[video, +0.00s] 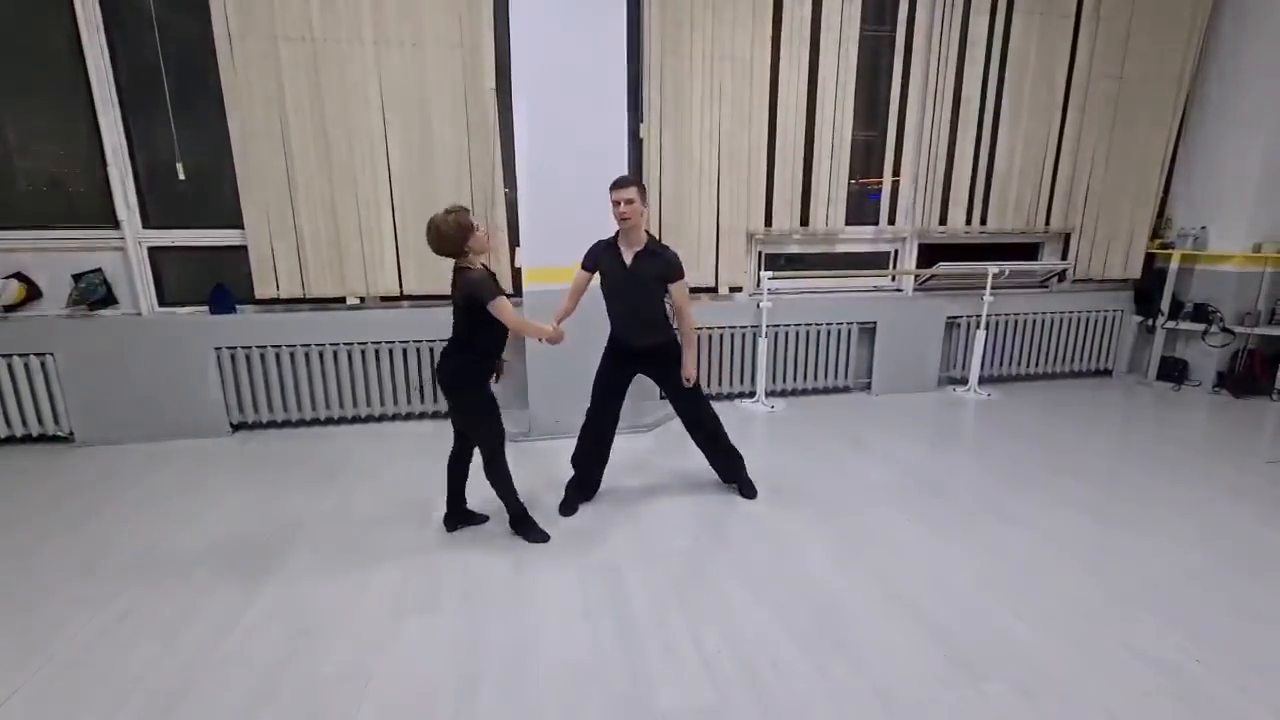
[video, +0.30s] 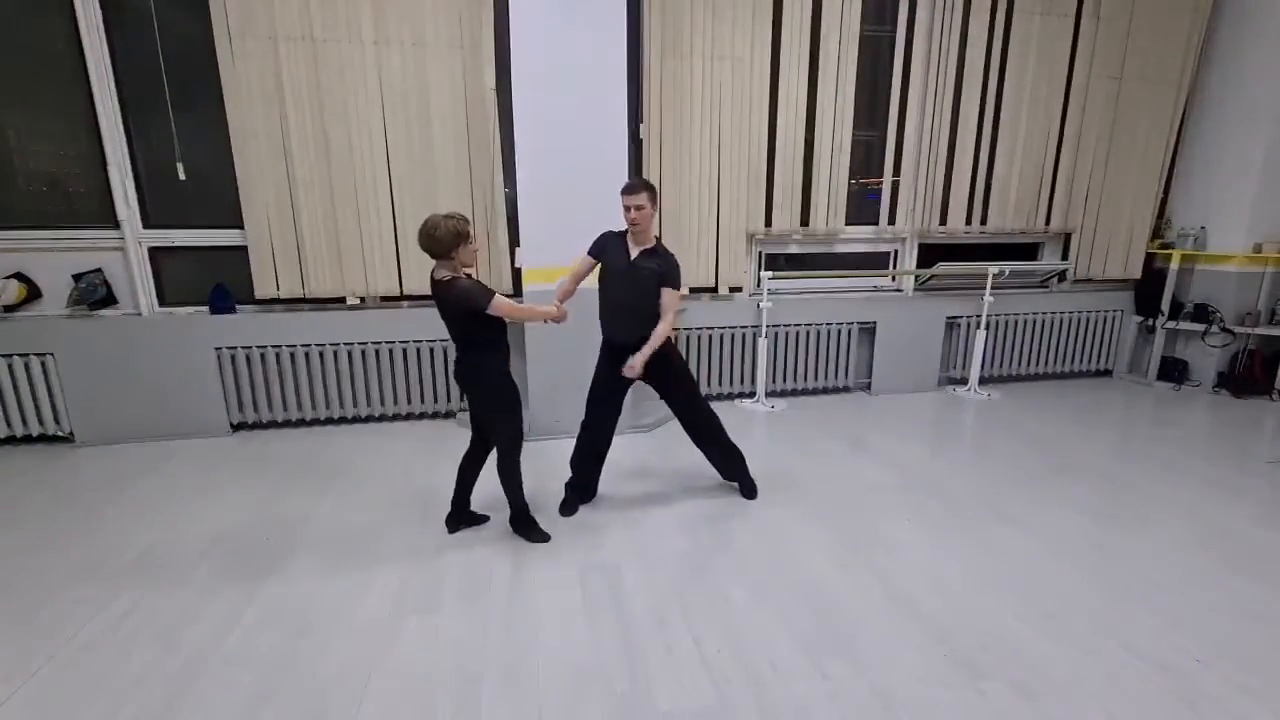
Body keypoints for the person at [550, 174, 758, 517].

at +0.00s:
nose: (622, 209)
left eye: (629, 202)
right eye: (616, 204)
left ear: (644, 207)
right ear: (612, 209)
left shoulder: (664, 257)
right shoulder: (600, 253)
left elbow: (683, 312)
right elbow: (573, 298)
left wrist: (690, 359)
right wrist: (555, 323)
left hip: (662, 349)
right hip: (620, 350)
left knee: (696, 411)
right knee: (599, 415)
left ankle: (735, 473)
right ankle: (580, 486)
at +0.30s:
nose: (631, 215)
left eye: (639, 208)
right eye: (626, 208)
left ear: (655, 209)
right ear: (621, 210)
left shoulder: (665, 262)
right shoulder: (608, 243)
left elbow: (668, 318)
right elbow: (575, 277)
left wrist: (642, 356)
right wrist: (560, 298)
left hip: (656, 349)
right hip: (615, 350)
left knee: (694, 412)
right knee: (596, 422)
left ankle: (738, 471)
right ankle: (578, 489)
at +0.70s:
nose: (654, 221)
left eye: (660, 214)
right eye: (647, 215)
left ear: (671, 218)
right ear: (638, 220)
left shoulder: (693, 264)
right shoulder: (627, 257)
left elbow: (711, 307)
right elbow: (574, 262)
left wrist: (681, 336)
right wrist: (556, 294)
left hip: (664, 359)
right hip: (624, 354)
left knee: (693, 429)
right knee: (589, 419)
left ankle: (690, 479)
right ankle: (568, 490)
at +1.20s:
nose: (630, 220)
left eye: (636, 212)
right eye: (623, 214)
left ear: (650, 214)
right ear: (617, 218)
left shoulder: (668, 251)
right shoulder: (614, 262)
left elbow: (673, 289)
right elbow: (582, 299)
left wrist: (687, 312)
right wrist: (543, 307)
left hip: (668, 351)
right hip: (633, 353)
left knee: (687, 418)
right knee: (595, 414)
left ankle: (693, 478)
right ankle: (544, 478)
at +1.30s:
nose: (616, 222)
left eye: (623, 214)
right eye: (612, 216)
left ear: (643, 214)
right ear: (610, 220)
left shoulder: (671, 251)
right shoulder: (611, 264)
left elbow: (693, 283)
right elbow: (594, 317)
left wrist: (699, 312)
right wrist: (566, 322)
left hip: (664, 351)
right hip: (626, 353)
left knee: (684, 418)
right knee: (591, 415)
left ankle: (692, 478)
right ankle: (541, 481)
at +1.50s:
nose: (604, 227)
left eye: (610, 219)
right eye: (601, 221)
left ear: (631, 218)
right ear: (602, 223)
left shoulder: (665, 255)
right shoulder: (604, 265)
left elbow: (695, 296)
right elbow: (586, 307)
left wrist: (677, 317)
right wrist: (578, 331)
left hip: (652, 352)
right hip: (611, 350)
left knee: (677, 416)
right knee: (573, 410)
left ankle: (691, 479)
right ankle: (533, 470)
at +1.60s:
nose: (603, 223)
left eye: (610, 217)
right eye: (600, 217)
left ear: (630, 217)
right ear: (597, 220)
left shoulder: (651, 260)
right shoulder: (591, 255)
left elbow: (675, 308)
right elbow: (550, 272)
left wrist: (650, 326)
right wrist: (520, 286)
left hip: (642, 356)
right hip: (602, 354)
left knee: (673, 418)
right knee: (568, 413)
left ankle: (691, 478)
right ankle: (527, 466)